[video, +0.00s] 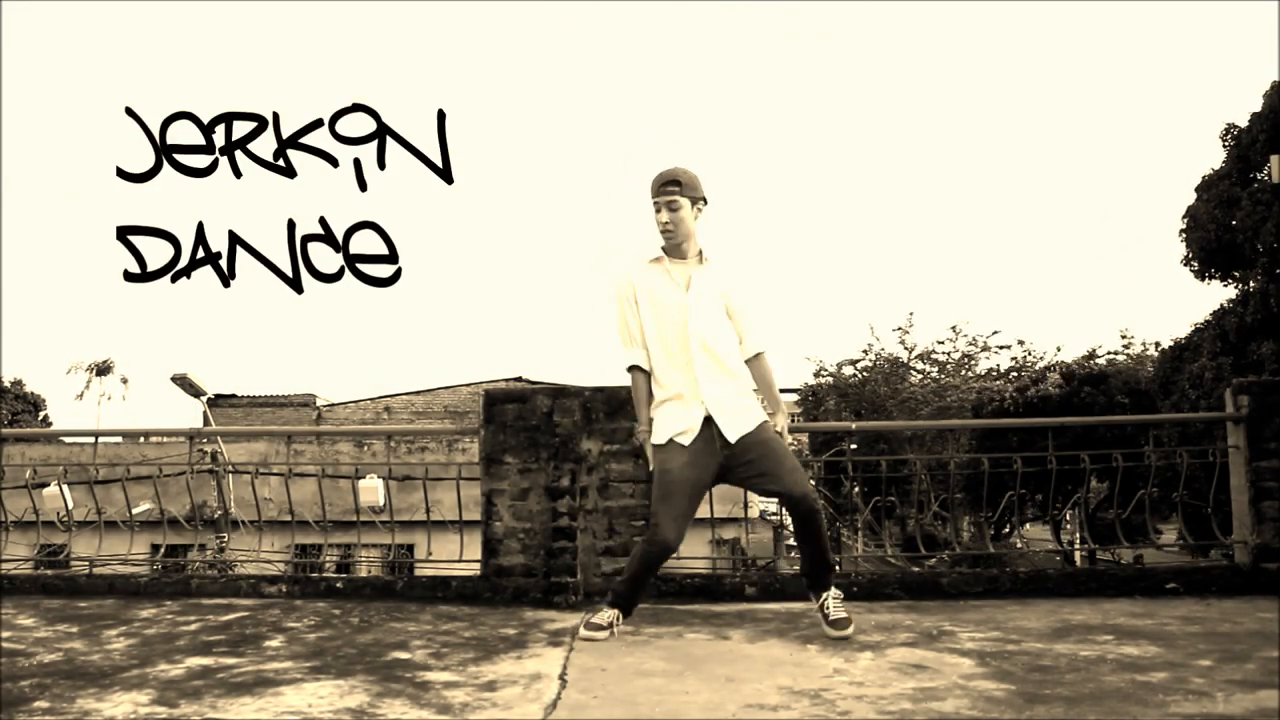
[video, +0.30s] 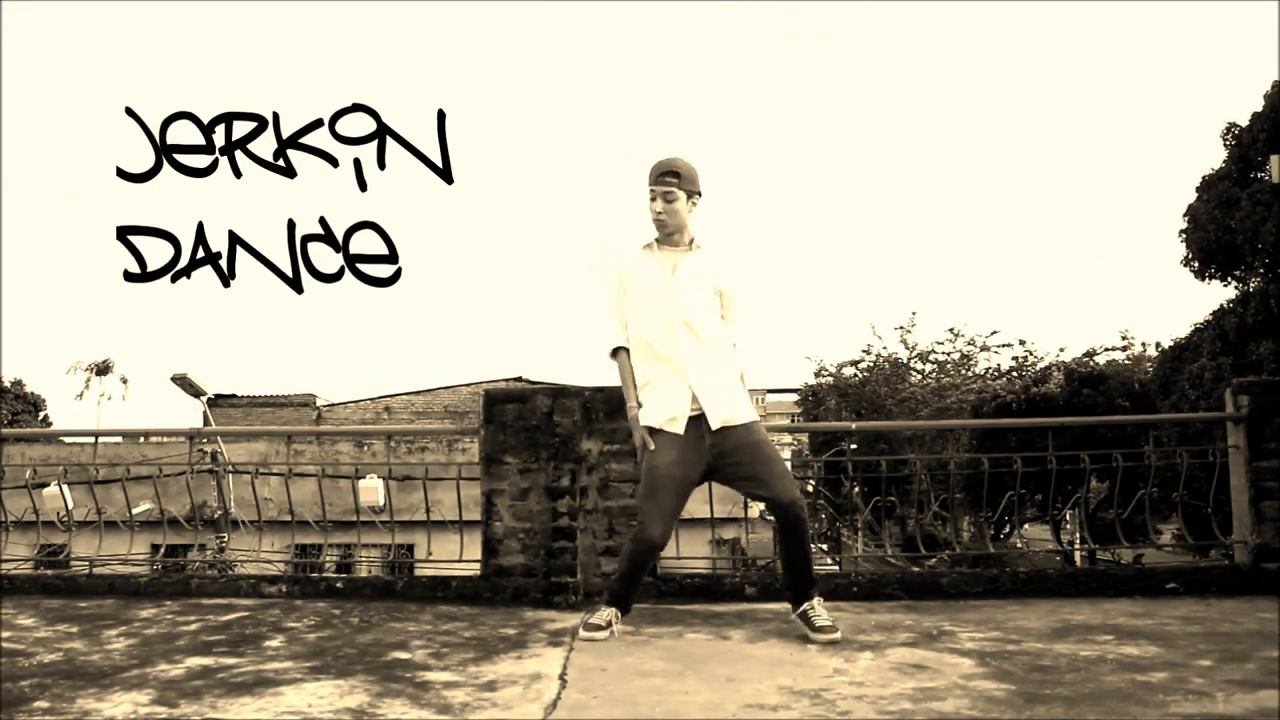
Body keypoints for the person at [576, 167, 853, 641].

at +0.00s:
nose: (663, 218)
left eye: (672, 208)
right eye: (657, 209)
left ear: (698, 210)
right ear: (653, 215)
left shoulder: (725, 277)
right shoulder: (637, 284)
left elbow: (754, 352)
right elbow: (639, 365)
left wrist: (778, 412)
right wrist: (644, 431)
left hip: (741, 418)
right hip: (679, 425)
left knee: (804, 496)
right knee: (664, 536)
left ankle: (824, 589)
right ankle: (616, 609)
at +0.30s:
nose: (658, 206)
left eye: (668, 198)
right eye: (653, 198)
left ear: (692, 203)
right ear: (648, 203)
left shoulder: (719, 265)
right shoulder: (630, 270)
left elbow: (734, 342)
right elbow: (623, 348)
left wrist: (745, 407)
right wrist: (633, 414)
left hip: (731, 416)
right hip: (670, 422)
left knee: (791, 503)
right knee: (650, 533)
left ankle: (806, 602)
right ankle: (613, 607)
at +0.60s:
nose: (677, 199)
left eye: (686, 189)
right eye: (671, 191)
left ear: (711, 193)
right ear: (666, 198)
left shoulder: (744, 253)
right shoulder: (654, 266)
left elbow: (768, 324)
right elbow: (646, 343)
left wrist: (791, 387)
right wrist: (644, 401)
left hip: (745, 403)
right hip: (679, 407)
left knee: (803, 484)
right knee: (655, 502)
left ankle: (809, 589)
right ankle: (611, 588)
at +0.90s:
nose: (709, 217)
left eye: (720, 208)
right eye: (704, 208)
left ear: (742, 213)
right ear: (698, 214)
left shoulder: (767, 283)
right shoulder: (674, 272)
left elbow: (777, 366)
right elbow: (653, 346)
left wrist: (787, 434)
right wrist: (650, 409)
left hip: (756, 429)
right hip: (690, 428)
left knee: (802, 526)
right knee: (648, 526)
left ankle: (812, 611)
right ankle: (616, 604)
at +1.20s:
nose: (743, 225)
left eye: (752, 214)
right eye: (736, 216)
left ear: (776, 218)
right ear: (731, 223)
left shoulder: (794, 290)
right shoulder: (715, 284)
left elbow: (790, 364)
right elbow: (677, 348)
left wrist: (799, 427)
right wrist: (665, 404)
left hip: (764, 429)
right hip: (707, 423)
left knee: (813, 514)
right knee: (673, 513)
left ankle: (815, 610)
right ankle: (616, 589)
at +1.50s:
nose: (667, 218)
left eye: (678, 209)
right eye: (661, 210)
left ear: (701, 216)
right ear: (656, 219)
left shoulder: (721, 285)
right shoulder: (636, 281)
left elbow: (746, 364)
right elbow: (634, 359)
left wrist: (777, 425)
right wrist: (644, 422)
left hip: (742, 423)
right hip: (681, 431)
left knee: (807, 504)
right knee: (664, 545)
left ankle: (856, 595)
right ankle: (616, 613)